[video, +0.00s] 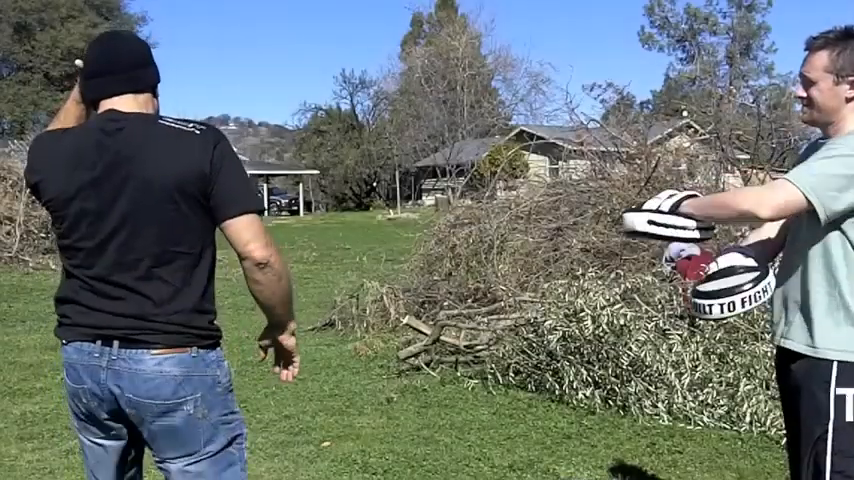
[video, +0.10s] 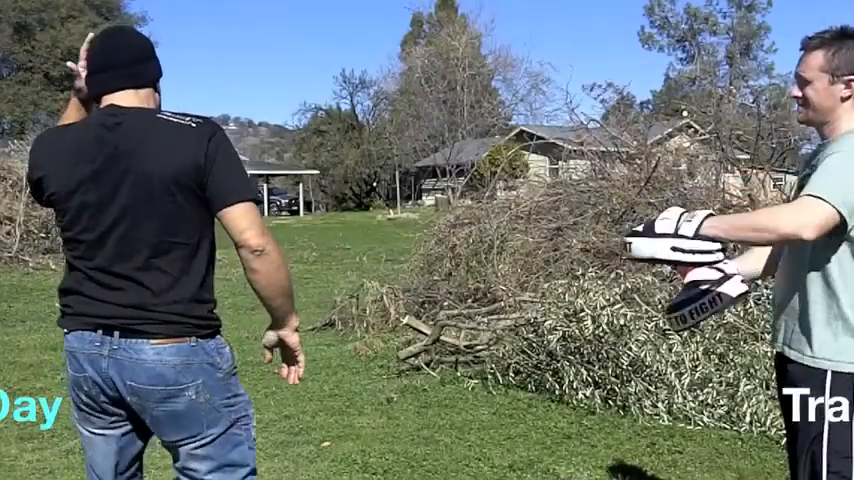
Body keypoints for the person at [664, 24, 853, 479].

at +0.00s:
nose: (798, 92)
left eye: (809, 83)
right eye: (800, 82)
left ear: (848, 88)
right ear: (839, 88)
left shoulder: (848, 151)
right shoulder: (820, 148)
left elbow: (763, 205)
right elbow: (789, 223)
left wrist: (681, 208)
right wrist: (733, 262)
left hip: (836, 353)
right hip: (801, 346)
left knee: (829, 470)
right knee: (805, 466)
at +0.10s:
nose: (793, 92)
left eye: (804, 82)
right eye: (796, 81)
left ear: (845, 87)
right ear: (837, 87)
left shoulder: (845, 152)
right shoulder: (823, 155)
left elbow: (807, 222)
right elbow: (800, 243)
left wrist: (698, 224)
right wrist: (734, 271)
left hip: (831, 362)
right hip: (805, 356)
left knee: (826, 470)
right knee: (807, 467)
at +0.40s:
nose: (773, 92)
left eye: (783, 82)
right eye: (776, 82)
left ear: (824, 87)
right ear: (819, 88)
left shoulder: (844, 159)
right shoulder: (814, 157)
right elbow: (803, 243)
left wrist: (829, 267)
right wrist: (752, 264)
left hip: (830, 360)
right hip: (798, 353)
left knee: (828, 470)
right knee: (804, 465)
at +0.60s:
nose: (763, 92)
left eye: (773, 81)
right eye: (765, 82)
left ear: (813, 87)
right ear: (810, 88)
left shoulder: (842, 148)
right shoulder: (809, 153)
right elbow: (828, 240)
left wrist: (848, 303)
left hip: (823, 348)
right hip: (793, 347)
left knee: (829, 469)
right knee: (806, 467)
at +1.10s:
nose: (789, 93)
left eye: (799, 82)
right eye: (792, 82)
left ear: (840, 87)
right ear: (836, 88)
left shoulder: (846, 161)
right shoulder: (819, 158)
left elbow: (851, 252)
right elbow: (800, 224)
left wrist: (762, 281)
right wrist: (736, 220)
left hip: (831, 365)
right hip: (798, 356)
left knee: (826, 471)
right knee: (804, 468)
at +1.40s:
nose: (804, 89)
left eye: (814, 79)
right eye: (807, 79)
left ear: (849, 85)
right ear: (841, 85)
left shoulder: (846, 161)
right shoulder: (821, 153)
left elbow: (790, 248)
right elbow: (764, 202)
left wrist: (707, 254)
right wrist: (724, 187)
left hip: (832, 364)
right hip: (803, 355)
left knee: (827, 471)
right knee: (810, 467)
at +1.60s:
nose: (804, 87)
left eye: (814, 77)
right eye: (807, 76)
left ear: (848, 84)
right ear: (842, 84)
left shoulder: (843, 158)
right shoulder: (821, 146)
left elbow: (774, 243)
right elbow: (782, 238)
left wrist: (703, 252)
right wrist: (717, 251)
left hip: (832, 354)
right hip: (805, 347)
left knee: (827, 469)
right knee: (809, 464)